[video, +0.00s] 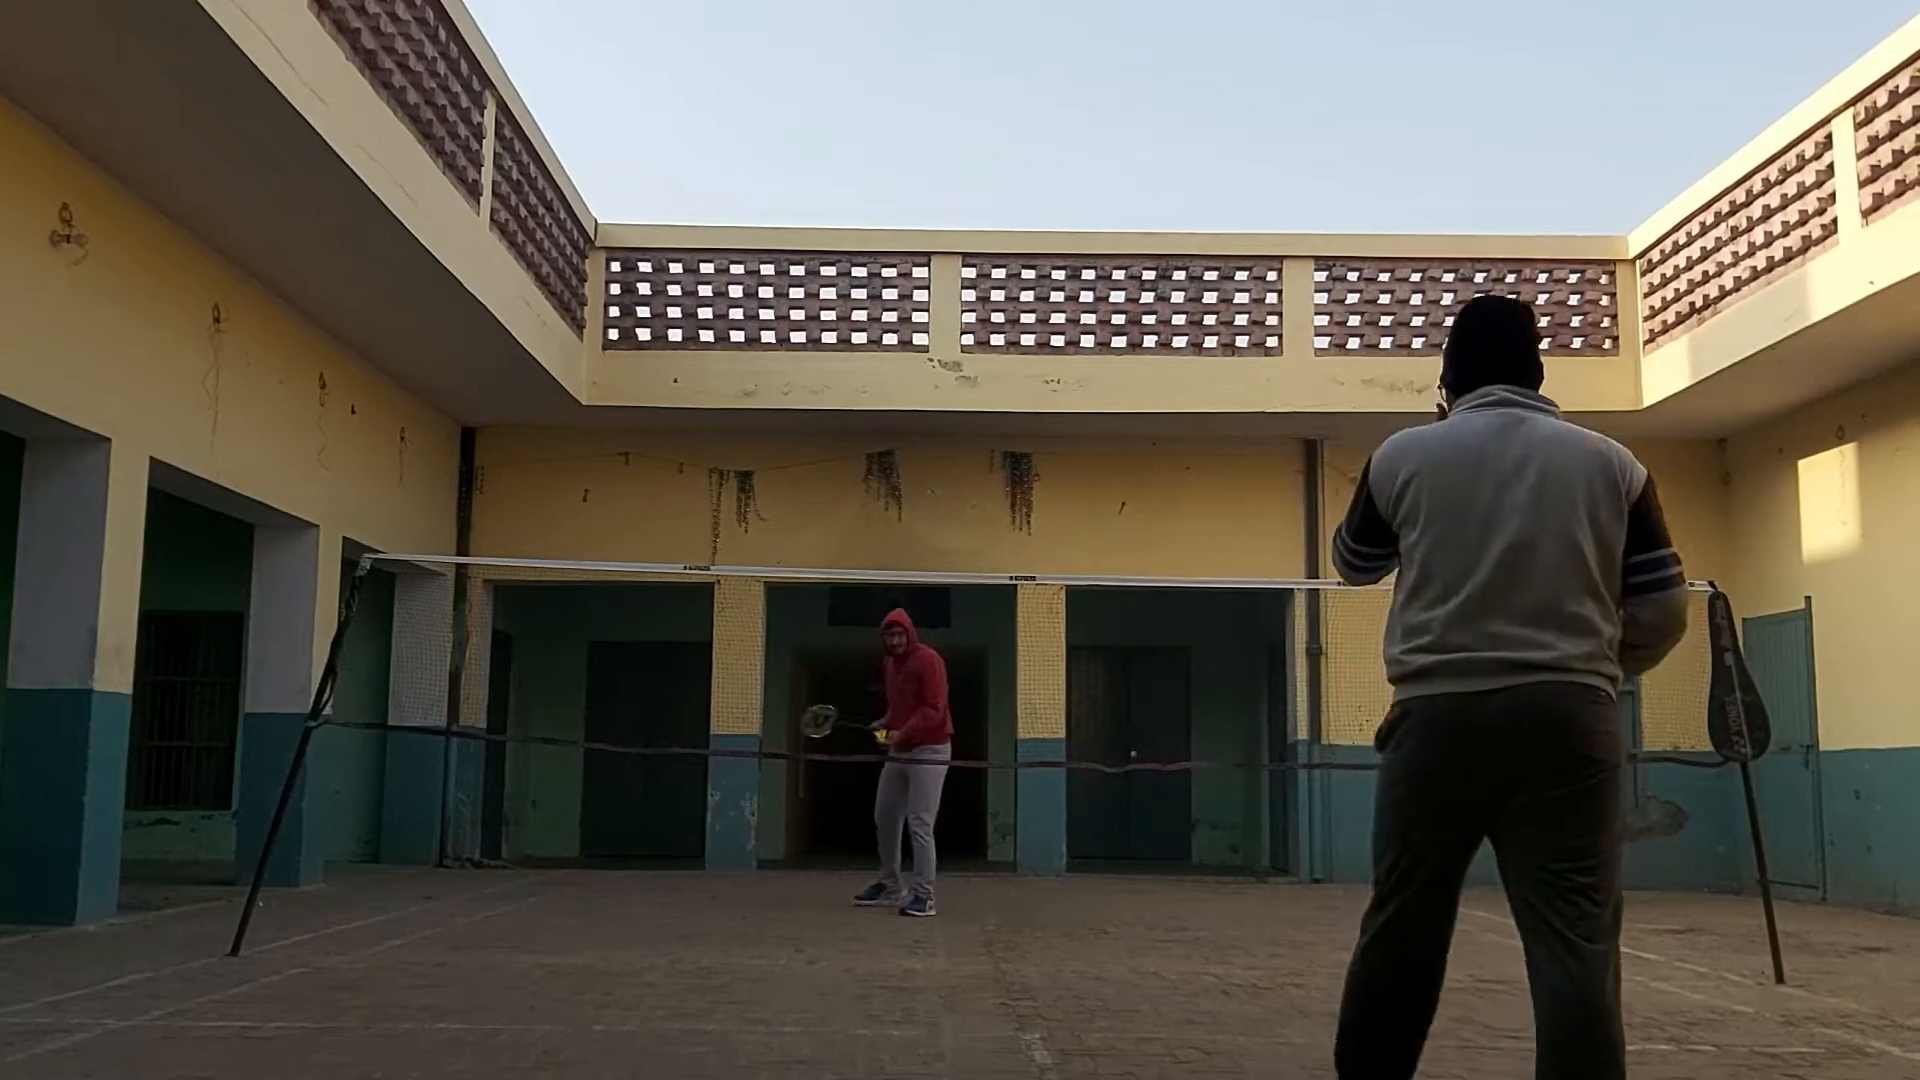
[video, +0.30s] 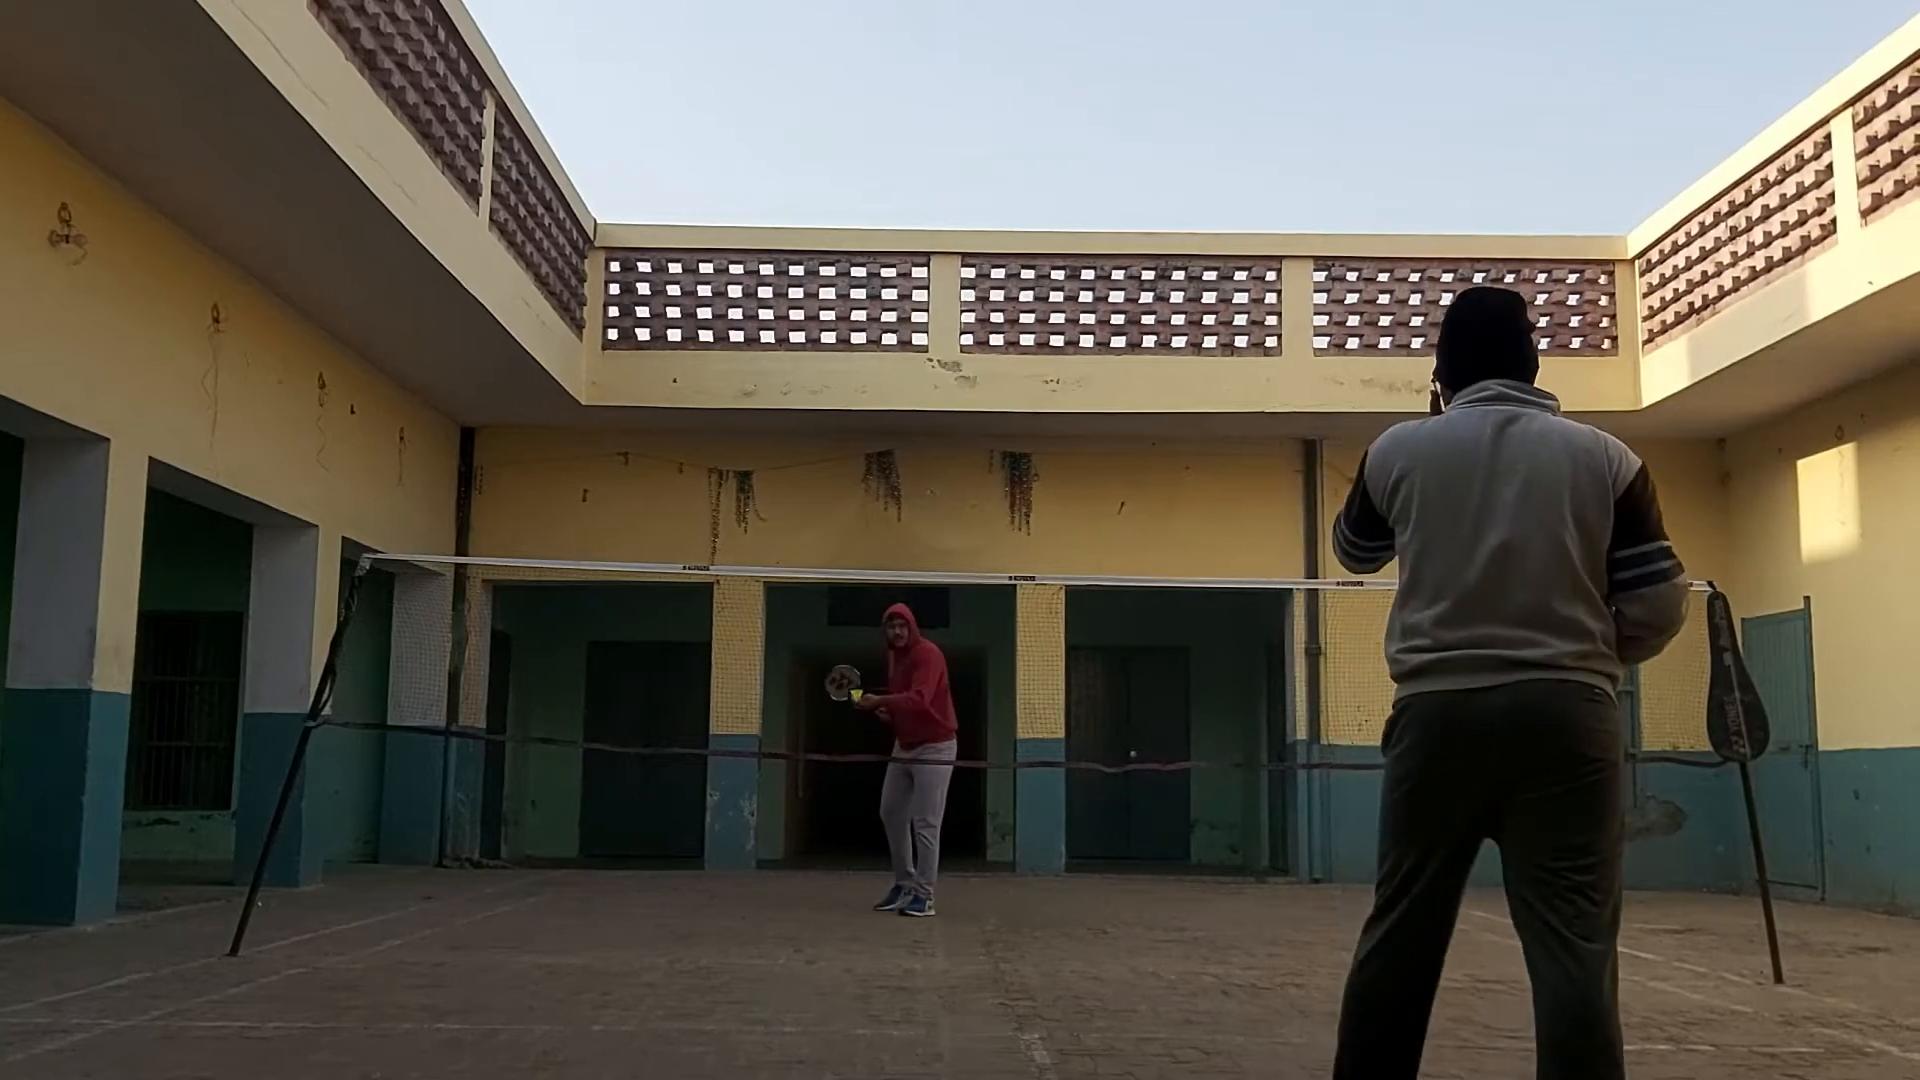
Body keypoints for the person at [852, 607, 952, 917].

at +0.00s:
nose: (894, 639)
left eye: (899, 634)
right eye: (889, 635)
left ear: (910, 635)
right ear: (884, 638)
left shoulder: (928, 660)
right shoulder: (891, 665)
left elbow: (935, 711)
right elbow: (899, 705)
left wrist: (902, 734)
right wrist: (885, 723)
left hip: (929, 751)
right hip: (900, 750)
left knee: (920, 823)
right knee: (886, 817)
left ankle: (923, 895)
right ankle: (889, 884)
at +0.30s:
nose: (897, 631)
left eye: (902, 625)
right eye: (891, 626)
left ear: (912, 627)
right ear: (885, 631)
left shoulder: (928, 653)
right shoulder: (895, 657)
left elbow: (920, 699)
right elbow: (903, 703)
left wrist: (878, 700)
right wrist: (883, 709)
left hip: (935, 747)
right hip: (905, 745)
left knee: (925, 821)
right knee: (892, 813)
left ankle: (923, 894)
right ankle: (904, 885)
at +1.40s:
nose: (888, 634)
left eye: (893, 628)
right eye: (886, 629)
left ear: (909, 629)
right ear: (887, 632)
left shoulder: (930, 655)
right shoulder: (901, 660)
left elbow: (929, 706)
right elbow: (906, 704)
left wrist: (893, 726)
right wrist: (889, 726)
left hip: (939, 750)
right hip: (911, 748)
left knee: (928, 822)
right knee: (894, 812)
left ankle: (923, 894)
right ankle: (902, 883)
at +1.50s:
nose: (897, 632)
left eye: (902, 627)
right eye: (893, 628)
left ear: (915, 628)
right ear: (890, 632)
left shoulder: (936, 655)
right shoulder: (899, 660)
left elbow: (942, 708)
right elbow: (896, 698)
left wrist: (918, 739)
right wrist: (895, 715)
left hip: (941, 751)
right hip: (910, 749)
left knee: (929, 823)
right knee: (891, 812)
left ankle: (924, 894)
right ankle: (902, 882)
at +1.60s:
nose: (906, 630)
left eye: (911, 624)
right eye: (901, 625)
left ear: (922, 627)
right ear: (896, 630)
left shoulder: (943, 656)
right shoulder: (897, 660)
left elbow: (953, 703)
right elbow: (887, 702)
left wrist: (949, 743)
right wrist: (904, 702)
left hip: (941, 750)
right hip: (909, 748)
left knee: (930, 823)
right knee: (890, 811)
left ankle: (924, 895)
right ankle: (908, 880)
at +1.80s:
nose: (928, 631)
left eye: (933, 626)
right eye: (923, 626)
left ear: (942, 631)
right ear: (915, 632)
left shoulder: (959, 661)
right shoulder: (904, 662)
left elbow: (982, 701)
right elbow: (892, 702)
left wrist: (990, 739)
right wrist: (918, 704)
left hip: (943, 753)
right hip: (908, 752)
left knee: (927, 824)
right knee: (899, 820)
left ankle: (922, 895)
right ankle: (931, 868)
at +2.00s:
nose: (942, 640)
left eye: (947, 636)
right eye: (937, 636)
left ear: (954, 642)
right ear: (928, 641)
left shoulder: (968, 673)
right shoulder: (912, 673)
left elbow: (992, 712)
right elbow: (898, 714)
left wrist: (1000, 749)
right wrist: (908, 741)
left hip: (951, 760)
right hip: (915, 760)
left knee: (937, 823)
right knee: (913, 825)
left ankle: (927, 891)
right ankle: (936, 884)